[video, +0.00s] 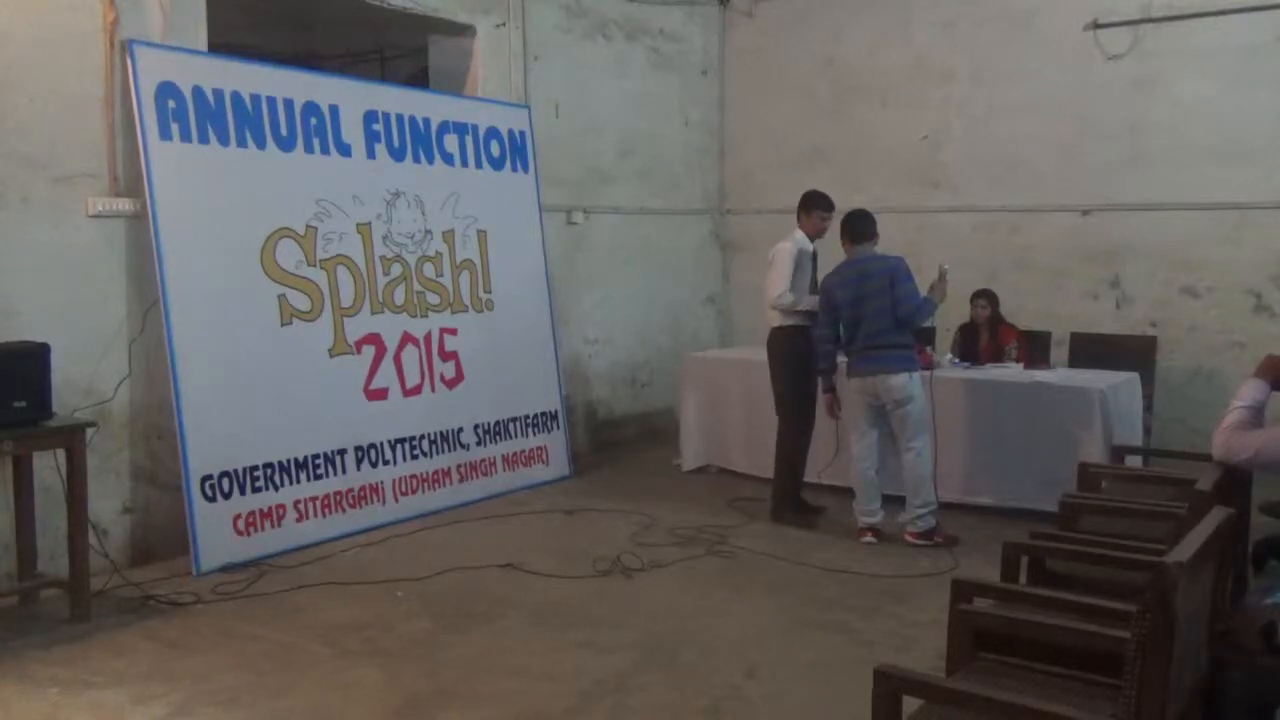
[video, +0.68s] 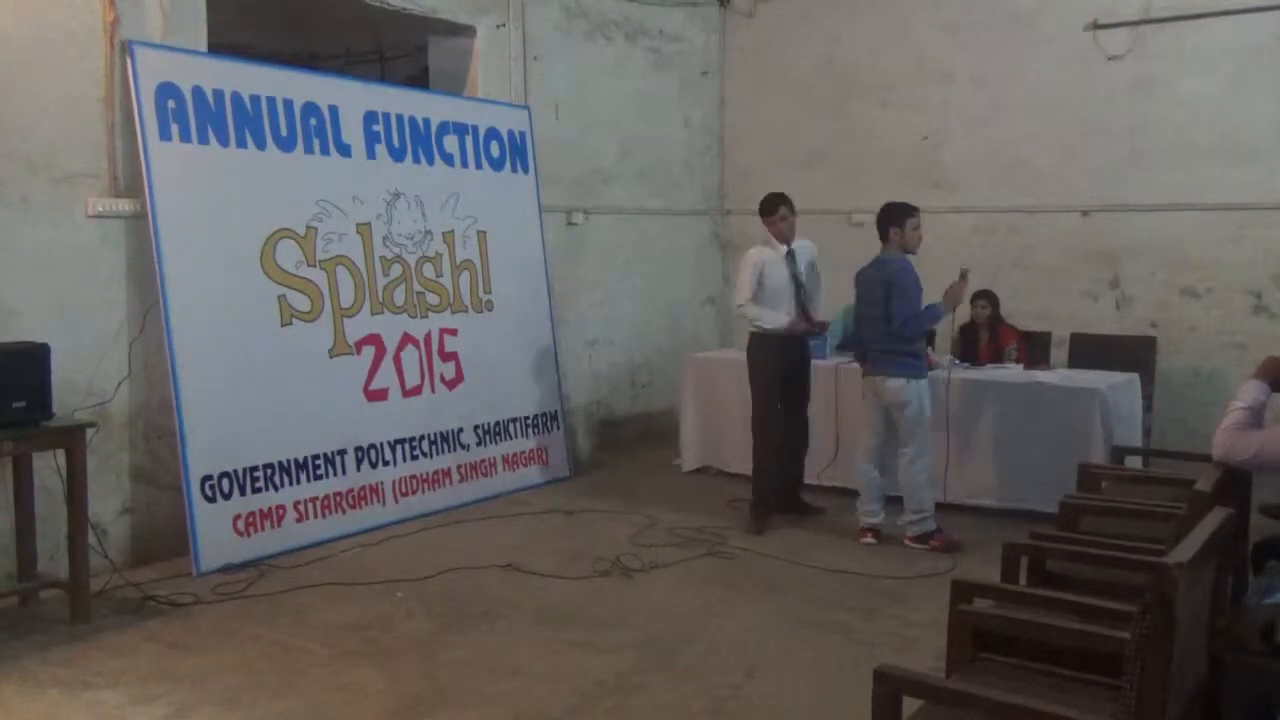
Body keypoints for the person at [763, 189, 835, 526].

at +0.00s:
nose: (826, 226)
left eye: (828, 220)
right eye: (822, 219)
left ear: (823, 220)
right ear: (804, 216)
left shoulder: (808, 251)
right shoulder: (788, 249)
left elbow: (801, 296)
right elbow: (778, 298)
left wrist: (824, 303)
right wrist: (817, 302)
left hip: (803, 335)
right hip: (787, 337)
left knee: (803, 422)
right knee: (792, 422)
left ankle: (793, 495)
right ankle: (783, 503)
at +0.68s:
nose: (784, 226)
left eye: (787, 219)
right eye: (776, 222)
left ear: (795, 217)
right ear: (766, 224)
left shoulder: (807, 251)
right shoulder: (757, 257)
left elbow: (814, 291)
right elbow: (742, 306)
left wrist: (813, 317)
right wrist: (786, 323)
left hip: (797, 345)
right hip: (766, 346)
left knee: (795, 423)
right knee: (768, 425)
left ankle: (791, 495)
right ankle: (762, 503)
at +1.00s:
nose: (732, 249)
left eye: (736, 241)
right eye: (725, 244)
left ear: (749, 229)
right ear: (718, 239)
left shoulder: (780, 254)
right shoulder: (714, 259)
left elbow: (797, 298)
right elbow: (703, 307)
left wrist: (784, 335)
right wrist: (729, 336)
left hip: (772, 353)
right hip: (734, 355)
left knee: (773, 430)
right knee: (740, 435)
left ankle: (781, 494)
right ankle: (755, 507)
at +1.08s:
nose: (726, 253)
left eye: (729, 245)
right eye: (718, 249)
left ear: (740, 233)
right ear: (708, 246)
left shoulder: (771, 257)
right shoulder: (703, 265)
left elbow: (793, 299)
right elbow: (695, 311)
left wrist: (778, 337)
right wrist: (717, 338)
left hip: (763, 349)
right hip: (727, 351)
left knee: (751, 425)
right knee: (734, 430)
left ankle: (758, 505)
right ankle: (752, 501)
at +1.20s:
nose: (702, 263)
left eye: (705, 256)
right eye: (696, 258)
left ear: (719, 245)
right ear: (690, 253)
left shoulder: (754, 265)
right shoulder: (692, 274)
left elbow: (783, 312)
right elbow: (687, 314)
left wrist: (770, 355)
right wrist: (691, 350)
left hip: (750, 353)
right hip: (713, 355)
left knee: (732, 436)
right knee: (734, 434)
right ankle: (757, 505)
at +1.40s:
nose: (674, 256)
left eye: (678, 248)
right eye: (668, 250)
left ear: (695, 241)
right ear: (665, 246)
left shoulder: (725, 271)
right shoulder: (668, 270)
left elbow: (745, 329)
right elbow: (665, 321)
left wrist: (762, 385)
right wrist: (657, 364)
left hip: (717, 363)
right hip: (683, 365)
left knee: (700, 457)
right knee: (687, 455)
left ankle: (699, 545)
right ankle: (735, 491)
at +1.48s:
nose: (664, 248)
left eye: (670, 240)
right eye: (659, 240)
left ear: (686, 232)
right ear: (654, 236)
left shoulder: (713, 264)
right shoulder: (654, 258)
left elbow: (734, 324)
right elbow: (649, 307)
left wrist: (739, 381)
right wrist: (645, 349)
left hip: (707, 358)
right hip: (670, 360)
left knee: (699, 453)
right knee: (661, 446)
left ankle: (699, 545)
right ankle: (709, 487)